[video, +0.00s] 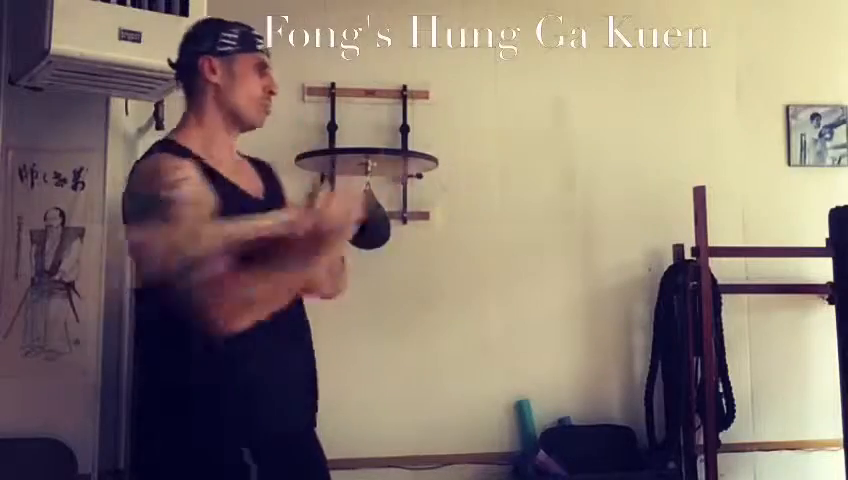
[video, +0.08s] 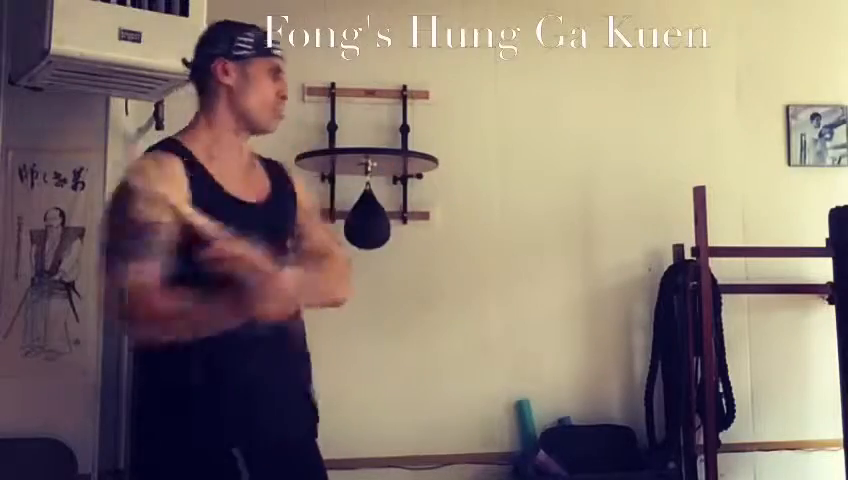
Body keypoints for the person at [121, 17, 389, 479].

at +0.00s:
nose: (273, 86)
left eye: (269, 71)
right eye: (260, 69)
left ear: (215, 71)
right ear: (211, 70)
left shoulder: (262, 175)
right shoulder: (165, 174)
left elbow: (332, 281)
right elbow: (223, 310)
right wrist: (315, 251)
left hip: (280, 423)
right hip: (198, 431)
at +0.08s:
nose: (285, 91)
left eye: (283, 77)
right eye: (273, 74)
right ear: (224, 72)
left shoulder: (285, 183)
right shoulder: (157, 176)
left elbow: (337, 282)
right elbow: (138, 311)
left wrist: (272, 276)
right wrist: (246, 305)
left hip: (281, 428)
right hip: (187, 433)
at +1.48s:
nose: (304, 100)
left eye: (303, 87)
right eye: (295, 83)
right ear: (248, 77)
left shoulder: (307, 190)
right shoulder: (164, 173)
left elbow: (334, 291)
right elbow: (45, 255)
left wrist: (254, 291)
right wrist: (110, 314)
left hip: (283, 430)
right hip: (183, 436)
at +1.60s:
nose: (316, 108)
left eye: (317, 95)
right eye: (307, 91)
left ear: (268, 84)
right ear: (263, 81)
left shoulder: (312, 192)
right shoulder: (176, 156)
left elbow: (331, 286)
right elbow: (31, 193)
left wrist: (237, 286)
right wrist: (107, 193)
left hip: (273, 413)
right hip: (179, 411)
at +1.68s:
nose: (314, 117)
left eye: (317, 104)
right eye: (310, 99)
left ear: (267, 88)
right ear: (266, 88)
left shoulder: (299, 178)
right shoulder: (187, 158)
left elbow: (334, 274)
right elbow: (146, 116)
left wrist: (262, 256)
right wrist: (266, 150)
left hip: (271, 392)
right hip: (188, 391)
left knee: (305, 470)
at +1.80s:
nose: (310, 110)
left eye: (311, 97)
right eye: (299, 92)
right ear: (253, 84)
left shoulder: (270, 190)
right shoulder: (186, 166)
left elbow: (330, 283)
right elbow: (263, 94)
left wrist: (297, 244)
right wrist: (369, 176)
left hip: (272, 408)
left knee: (305, 471)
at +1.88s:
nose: (298, 111)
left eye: (300, 99)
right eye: (291, 95)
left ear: (251, 90)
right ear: (253, 88)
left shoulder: (261, 184)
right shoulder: (205, 140)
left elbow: (305, 299)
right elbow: (367, 116)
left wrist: (318, 243)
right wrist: (403, 225)